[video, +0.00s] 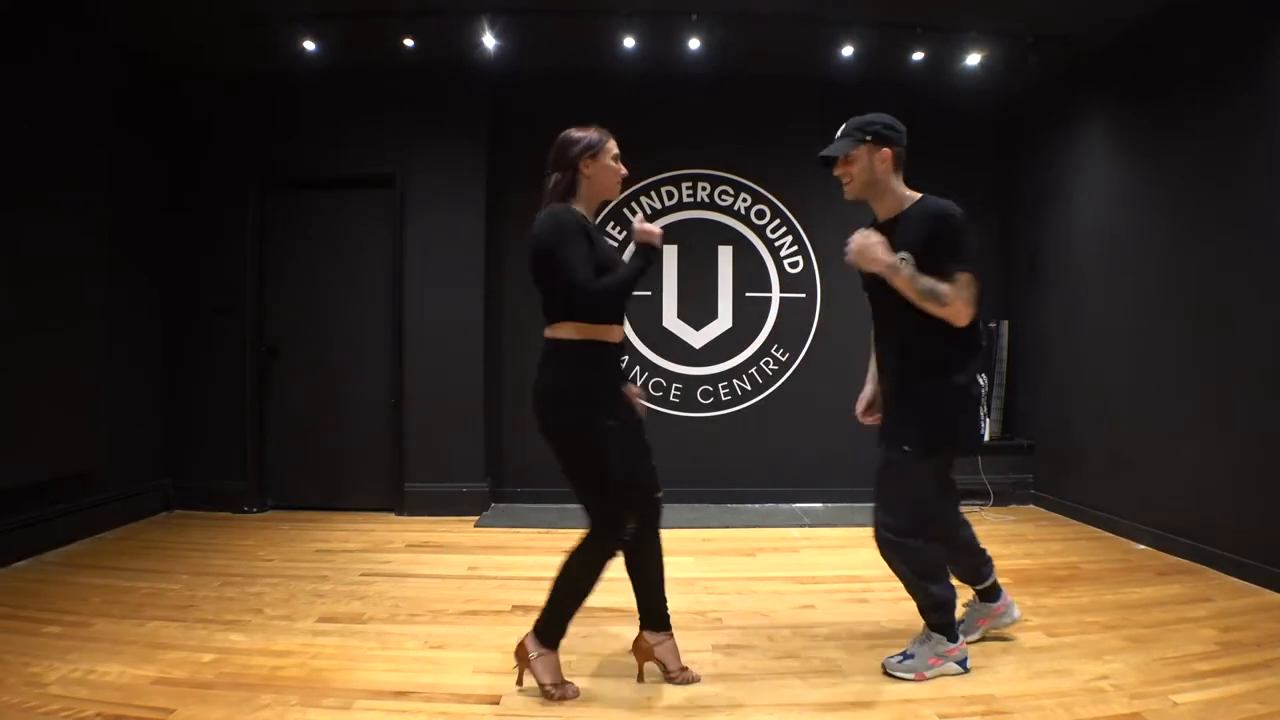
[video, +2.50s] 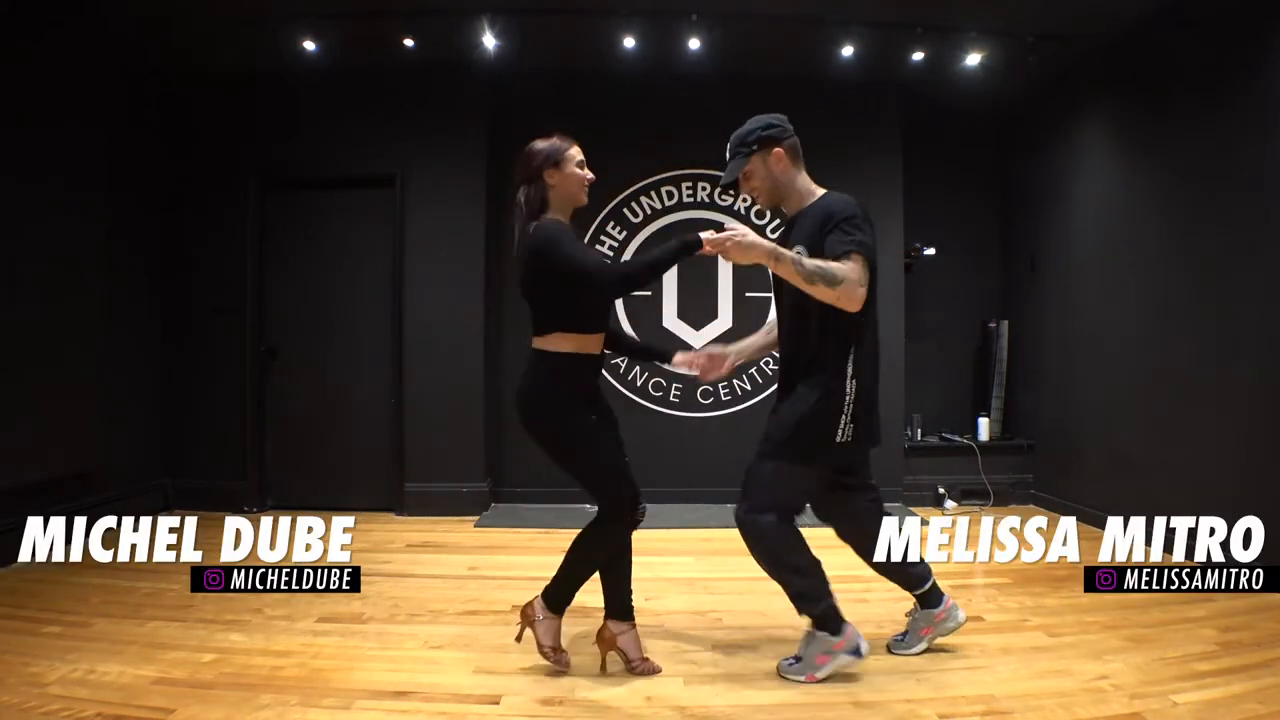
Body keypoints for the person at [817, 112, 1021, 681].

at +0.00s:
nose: (839, 172)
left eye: (848, 160)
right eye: (838, 162)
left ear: (884, 158)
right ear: (870, 164)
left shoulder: (941, 219)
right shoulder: (873, 234)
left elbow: (961, 310)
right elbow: (888, 320)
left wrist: (889, 265)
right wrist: (875, 381)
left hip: (941, 397)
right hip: (908, 397)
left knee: (897, 523)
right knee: (931, 505)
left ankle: (943, 640)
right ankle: (992, 599)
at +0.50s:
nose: (753, 151)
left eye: (762, 139)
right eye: (753, 141)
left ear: (797, 139)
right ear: (790, 143)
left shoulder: (831, 202)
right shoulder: (802, 219)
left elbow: (895, 267)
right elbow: (794, 313)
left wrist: (809, 310)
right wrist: (722, 295)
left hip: (851, 403)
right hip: (812, 403)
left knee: (872, 520)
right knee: (793, 522)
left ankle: (939, 631)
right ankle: (758, 639)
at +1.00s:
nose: (644, 172)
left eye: (647, 157)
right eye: (640, 162)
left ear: (679, 140)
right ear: (683, 147)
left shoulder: (707, 213)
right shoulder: (705, 212)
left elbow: (662, 303)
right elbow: (675, 311)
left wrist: (565, 289)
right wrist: (610, 317)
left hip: (673, 408)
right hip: (667, 403)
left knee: (612, 522)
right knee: (626, 512)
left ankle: (571, 659)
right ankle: (699, 602)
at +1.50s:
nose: (624, 138)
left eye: (631, 127)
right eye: (626, 128)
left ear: (662, 127)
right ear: (661, 130)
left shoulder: (703, 195)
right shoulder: (672, 204)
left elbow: (691, 287)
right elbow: (644, 297)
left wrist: (599, 264)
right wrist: (580, 289)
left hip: (674, 391)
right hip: (663, 388)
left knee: (595, 496)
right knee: (653, 508)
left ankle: (646, 625)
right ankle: (667, 636)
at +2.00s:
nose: (705, 169)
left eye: (710, 155)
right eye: (704, 158)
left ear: (743, 147)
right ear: (745, 149)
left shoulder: (776, 216)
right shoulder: (763, 215)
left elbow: (770, 317)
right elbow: (752, 308)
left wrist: (695, 341)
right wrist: (688, 285)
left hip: (793, 411)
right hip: (763, 402)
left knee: (753, 528)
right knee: (697, 484)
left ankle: (774, 647)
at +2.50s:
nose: (742, 186)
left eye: (745, 170)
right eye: (738, 175)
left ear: (779, 156)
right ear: (773, 162)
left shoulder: (840, 214)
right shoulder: (788, 231)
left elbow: (852, 291)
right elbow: (790, 322)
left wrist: (765, 252)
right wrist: (732, 355)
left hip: (831, 399)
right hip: (810, 399)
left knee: (760, 512)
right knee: (846, 508)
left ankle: (832, 631)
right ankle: (935, 603)